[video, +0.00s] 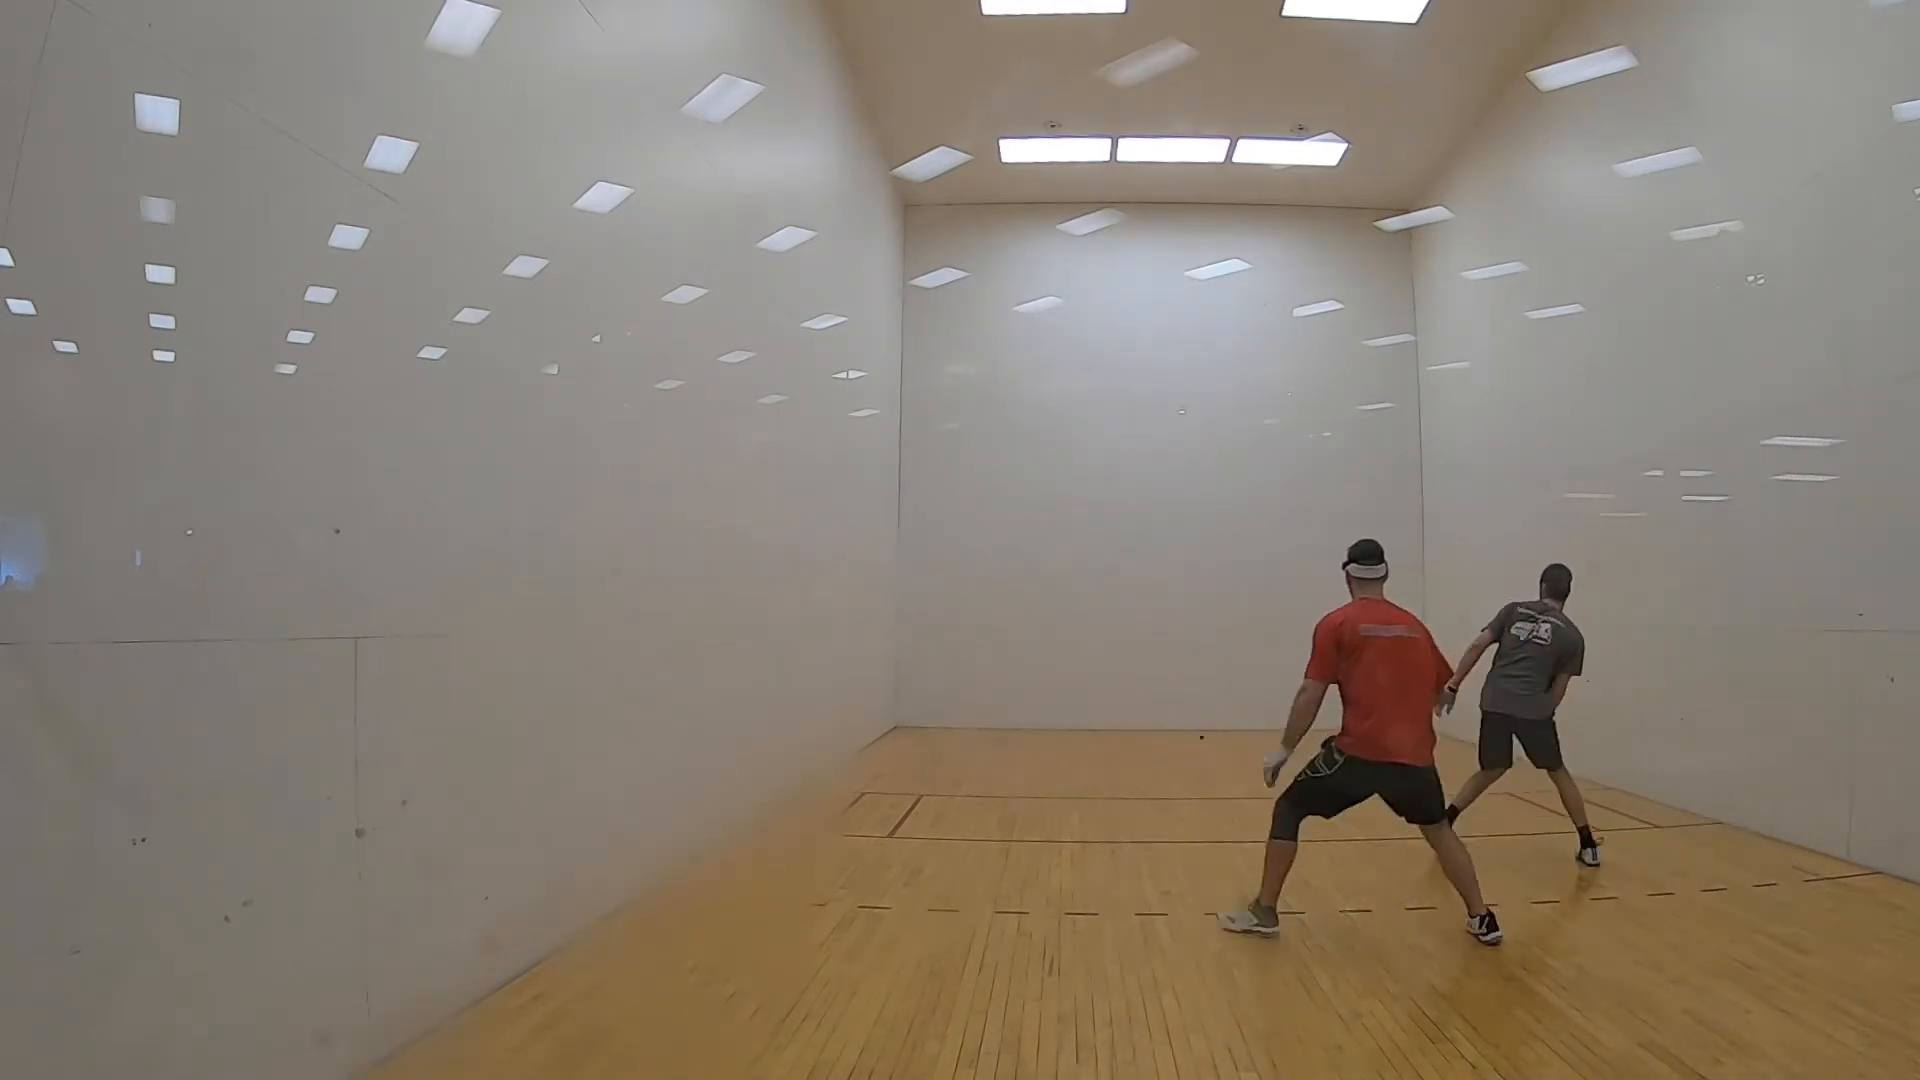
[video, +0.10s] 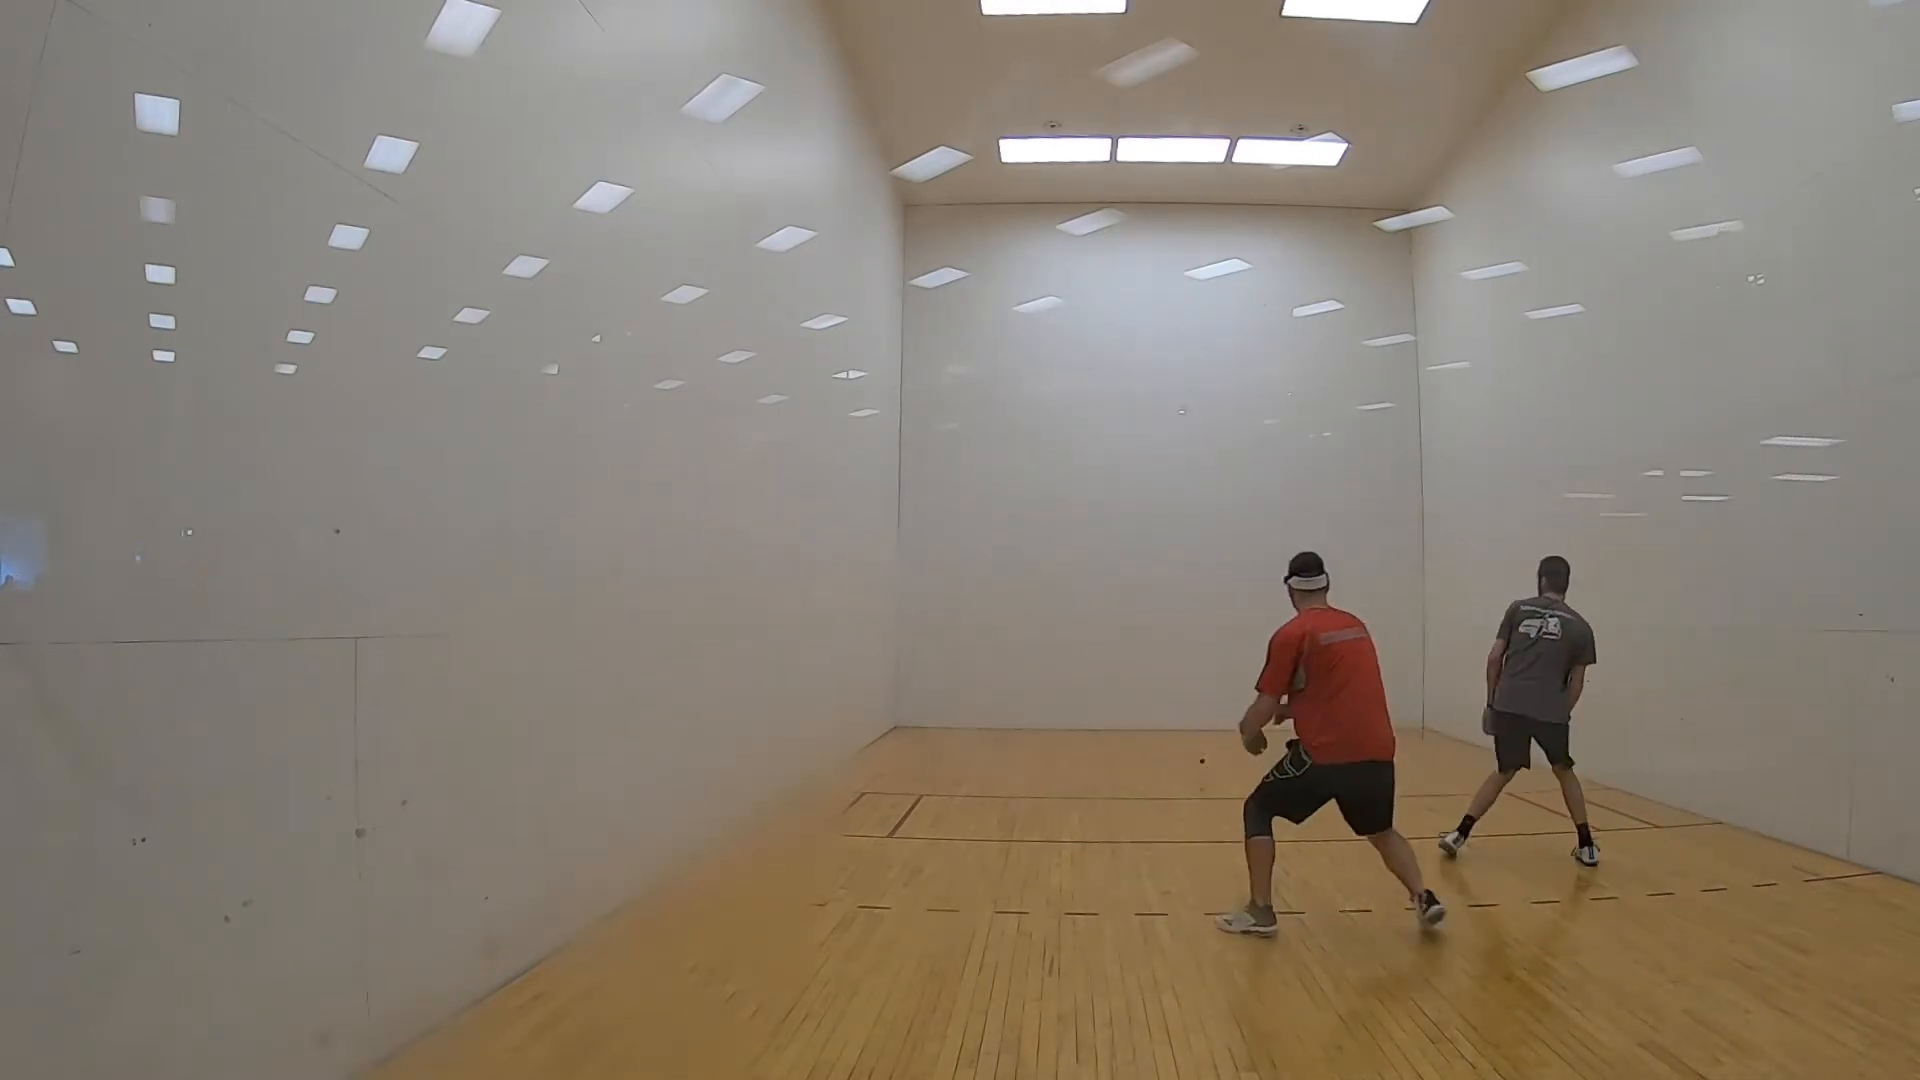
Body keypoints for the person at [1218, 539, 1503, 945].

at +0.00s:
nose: (1350, 581)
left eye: (1347, 575)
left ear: (1347, 576)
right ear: (1386, 576)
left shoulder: (1336, 624)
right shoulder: (1414, 625)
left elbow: (1310, 696)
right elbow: (1440, 688)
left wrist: (1284, 749)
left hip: (1355, 756)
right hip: (1414, 762)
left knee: (1289, 809)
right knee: (1440, 831)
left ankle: (1264, 910)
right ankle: (1481, 916)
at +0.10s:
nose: (1291, 594)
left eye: (1289, 589)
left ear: (1290, 590)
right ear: (1327, 586)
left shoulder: (1291, 634)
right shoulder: (1355, 625)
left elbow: (1266, 705)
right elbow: (1338, 689)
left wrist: (1248, 728)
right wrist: (1286, 709)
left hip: (1322, 757)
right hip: (1376, 755)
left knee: (1258, 809)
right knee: (1381, 829)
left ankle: (1260, 909)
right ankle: (1423, 897)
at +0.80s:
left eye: (1139, 670)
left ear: (1140, 668)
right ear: (1161, 650)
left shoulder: (1145, 692)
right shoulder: (1189, 649)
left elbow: (1173, 743)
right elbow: (1238, 629)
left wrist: (1203, 734)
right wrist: (1273, 660)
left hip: (1213, 702)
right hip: (1244, 686)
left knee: (1218, 785)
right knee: (1237, 773)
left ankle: (1285, 787)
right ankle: (1257, 843)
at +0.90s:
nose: (1130, 648)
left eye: (1124, 647)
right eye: (1132, 641)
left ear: (1118, 650)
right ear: (1142, 633)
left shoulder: (1125, 674)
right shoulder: (1173, 632)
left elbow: (1131, 725)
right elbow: (1215, 616)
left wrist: (1147, 765)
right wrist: (1234, 654)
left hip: (1184, 693)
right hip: (1221, 683)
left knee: (1159, 755)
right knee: (1225, 766)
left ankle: (1195, 818)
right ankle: (1252, 831)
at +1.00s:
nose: (1103, 638)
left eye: (1101, 634)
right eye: (1104, 634)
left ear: (1099, 634)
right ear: (1124, 622)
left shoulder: (1103, 661)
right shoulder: (1155, 628)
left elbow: (1103, 708)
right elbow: (1196, 625)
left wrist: (1101, 753)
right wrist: (1201, 666)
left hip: (1154, 707)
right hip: (1192, 700)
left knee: (1123, 757)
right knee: (1206, 771)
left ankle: (1107, 817)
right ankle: (1242, 823)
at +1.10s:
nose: (1089, 633)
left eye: (1086, 630)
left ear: (1083, 631)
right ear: (1109, 623)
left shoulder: (1083, 661)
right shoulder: (1141, 640)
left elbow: (1081, 707)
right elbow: (1179, 658)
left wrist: (1076, 754)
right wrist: (1169, 693)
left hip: (1119, 728)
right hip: (1158, 729)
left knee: (1095, 758)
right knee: (1171, 799)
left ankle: (1090, 817)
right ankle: (1213, 821)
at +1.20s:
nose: (1087, 634)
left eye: (1080, 631)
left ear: (1078, 633)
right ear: (1104, 628)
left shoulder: (1074, 666)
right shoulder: (1131, 652)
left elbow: (1060, 716)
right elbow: (1160, 690)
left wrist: (1051, 757)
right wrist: (1140, 716)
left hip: (1105, 733)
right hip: (1141, 733)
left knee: (1085, 740)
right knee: (1132, 793)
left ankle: (1090, 816)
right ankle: (1164, 820)